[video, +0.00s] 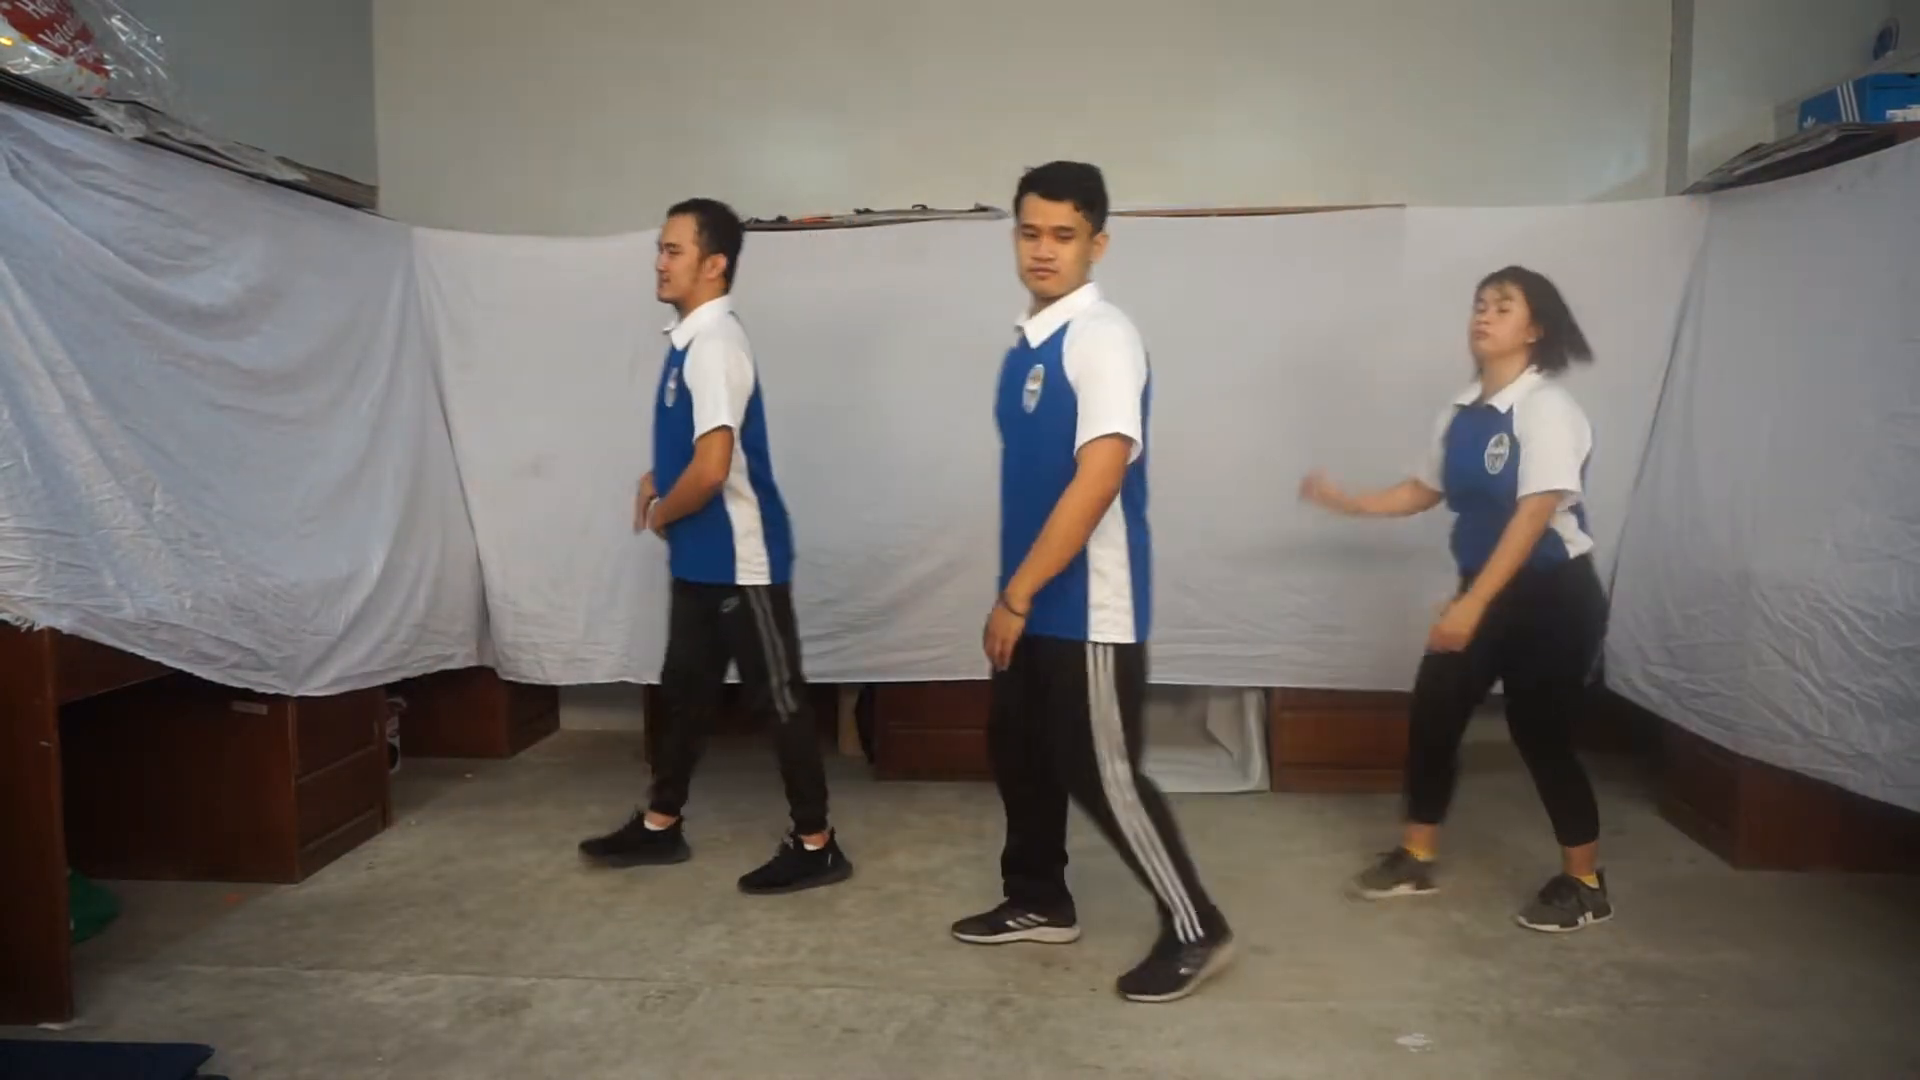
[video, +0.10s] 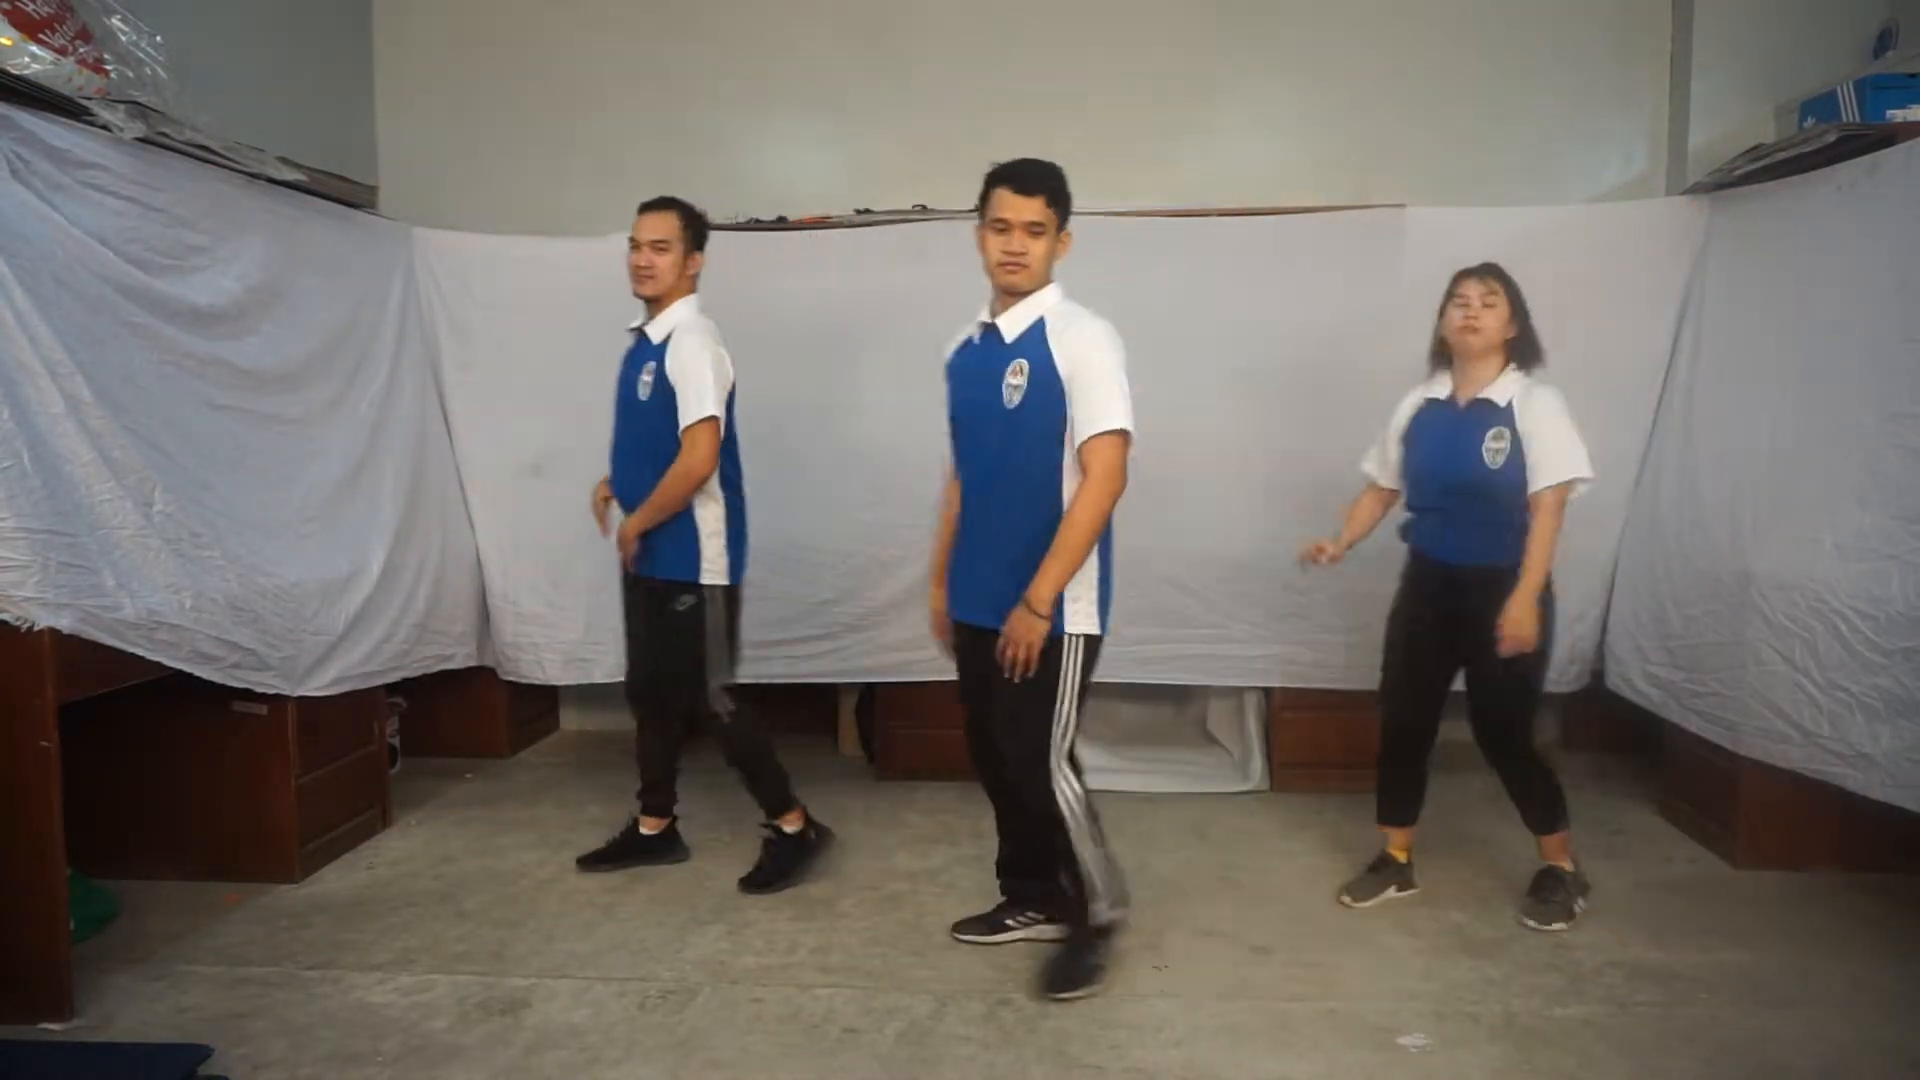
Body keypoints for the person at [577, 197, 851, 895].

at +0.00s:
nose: (659, 263)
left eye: (672, 251)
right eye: (659, 250)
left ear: (715, 264)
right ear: (699, 263)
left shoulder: (717, 341)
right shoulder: (689, 334)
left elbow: (712, 468)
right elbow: (697, 436)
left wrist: (663, 515)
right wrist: (655, 477)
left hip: (746, 559)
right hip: (700, 556)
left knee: (783, 702)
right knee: (684, 691)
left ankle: (815, 842)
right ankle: (661, 823)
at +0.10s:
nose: (641, 259)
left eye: (659, 248)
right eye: (635, 247)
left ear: (693, 261)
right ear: (629, 256)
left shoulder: (694, 340)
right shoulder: (646, 336)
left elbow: (700, 459)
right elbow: (645, 433)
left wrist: (639, 522)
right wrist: (613, 483)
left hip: (700, 558)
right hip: (650, 553)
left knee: (714, 697)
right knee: (651, 694)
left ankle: (793, 824)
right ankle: (655, 825)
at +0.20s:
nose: (620, 253)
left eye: (637, 242)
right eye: (610, 240)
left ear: (664, 256)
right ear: (597, 250)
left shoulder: (675, 338)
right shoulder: (601, 341)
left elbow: (693, 450)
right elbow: (601, 433)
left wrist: (616, 518)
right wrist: (565, 477)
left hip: (664, 557)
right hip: (609, 552)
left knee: (656, 694)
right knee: (620, 692)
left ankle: (700, 831)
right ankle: (647, 822)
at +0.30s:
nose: (595, 254)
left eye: (611, 243)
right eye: (584, 241)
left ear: (636, 256)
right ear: (569, 251)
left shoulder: (651, 336)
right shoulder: (561, 342)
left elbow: (685, 448)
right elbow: (546, 426)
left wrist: (598, 518)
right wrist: (523, 480)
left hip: (634, 556)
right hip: (570, 550)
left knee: (616, 698)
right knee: (550, 684)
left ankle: (635, 841)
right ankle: (623, 807)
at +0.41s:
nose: (571, 262)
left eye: (586, 251)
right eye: (559, 249)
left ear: (609, 264)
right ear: (541, 259)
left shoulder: (628, 348)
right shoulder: (524, 349)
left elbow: (667, 454)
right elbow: (496, 442)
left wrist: (585, 482)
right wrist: (489, 491)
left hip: (608, 567)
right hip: (536, 563)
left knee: (601, 701)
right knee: (500, 675)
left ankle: (638, 842)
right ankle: (533, 815)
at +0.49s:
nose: (550, 262)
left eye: (565, 251)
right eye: (536, 249)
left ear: (583, 263)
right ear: (516, 260)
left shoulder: (610, 349)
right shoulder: (482, 349)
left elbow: (621, 450)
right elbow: (459, 451)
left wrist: (596, 409)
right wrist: (491, 503)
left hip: (592, 566)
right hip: (512, 564)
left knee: (606, 704)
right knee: (482, 696)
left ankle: (636, 841)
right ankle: (465, 830)